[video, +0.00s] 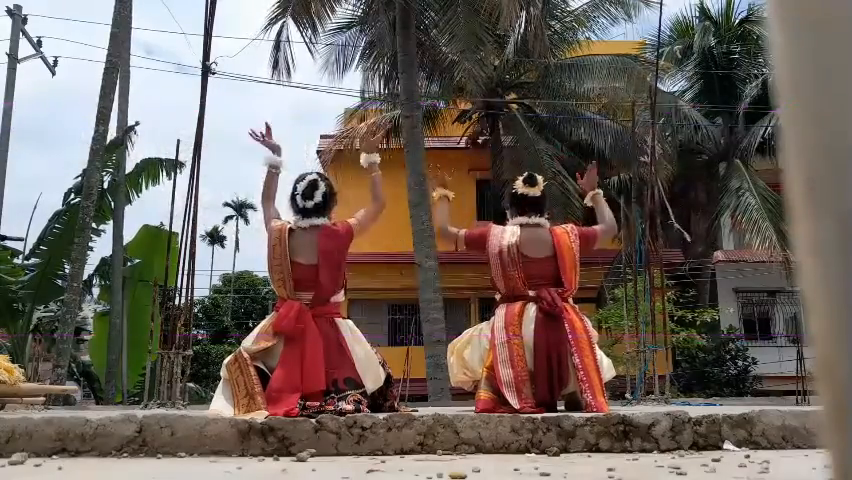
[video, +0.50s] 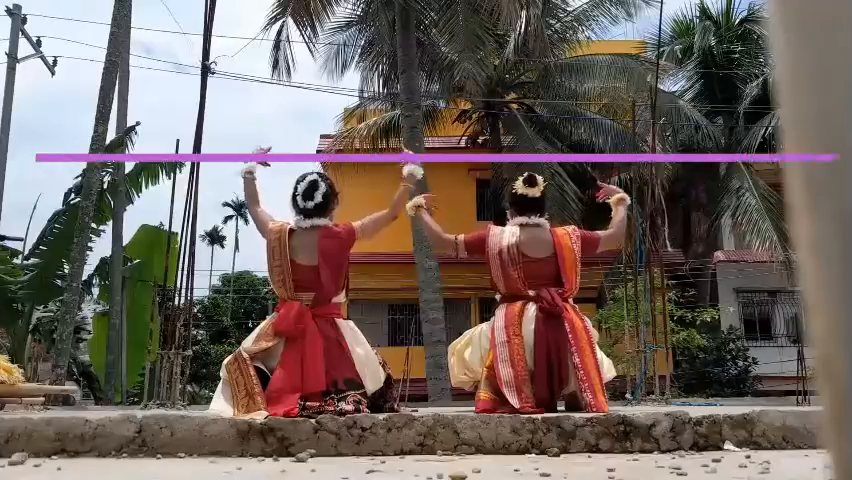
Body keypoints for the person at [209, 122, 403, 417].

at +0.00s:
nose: (335, 203)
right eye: (333, 199)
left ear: (294, 202)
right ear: (330, 203)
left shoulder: (279, 234)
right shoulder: (340, 235)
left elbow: (267, 201)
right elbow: (378, 205)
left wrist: (274, 158)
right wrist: (371, 161)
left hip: (288, 330)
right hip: (331, 331)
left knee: (240, 367)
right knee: (379, 386)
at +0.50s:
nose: (337, 203)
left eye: (335, 197)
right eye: (335, 198)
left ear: (297, 203)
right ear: (332, 203)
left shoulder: (277, 234)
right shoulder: (342, 235)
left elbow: (255, 207)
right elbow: (391, 213)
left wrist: (249, 175)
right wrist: (407, 183)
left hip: (287, 333)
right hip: (331, 333)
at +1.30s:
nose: (337, 205)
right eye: (337, 200)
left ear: (301, 203)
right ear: (336, 205)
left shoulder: (277, 237)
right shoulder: (349, 242)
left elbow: (241, 237)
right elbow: (404, 243)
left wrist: (228, 209)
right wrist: (432, 213)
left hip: (288, 337)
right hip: (335, 337)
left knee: (241, 364)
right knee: (377, 388)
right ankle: (343, 398)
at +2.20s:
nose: (330, 209)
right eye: (334, 203)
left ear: (299, 205)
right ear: (336, 206)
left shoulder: (277, 243)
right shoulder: (350, 246)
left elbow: (234, 267)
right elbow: (401, 266)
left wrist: (202, 243)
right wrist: (431, 247)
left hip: (287, 350)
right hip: (337, 350)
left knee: (238, 364)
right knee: (377, 392)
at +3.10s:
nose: (337, 207)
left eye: (318, 201)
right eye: (337, 201)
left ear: (300, 204)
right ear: (337, 207)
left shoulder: (276, 245)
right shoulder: (349, 248)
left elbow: (246, 280)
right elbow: (402, 267)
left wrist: (200, 256)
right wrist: (431, 247)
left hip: (289, 350)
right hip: (336, 349)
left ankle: (289, 392)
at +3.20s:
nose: (334, 207)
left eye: (315, 200)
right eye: (336, 201)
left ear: (300, 203)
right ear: (337, 206)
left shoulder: (275, 244)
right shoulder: (348, 248)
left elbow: (247, 281)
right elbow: (402, 267)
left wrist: (200, 256)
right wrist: (431, 248)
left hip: (288, 350)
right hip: (336, 350)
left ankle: (290, 392)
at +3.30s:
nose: (338, 207)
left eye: (331, 201)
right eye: (338, 202)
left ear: (300, 205)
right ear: (337, 206)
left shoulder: (276, 244)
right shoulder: (349, 247)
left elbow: (241, 280)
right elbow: (402, 265)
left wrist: (200, 254)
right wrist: (432, 246)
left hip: (287, 343)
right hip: (333, 344)